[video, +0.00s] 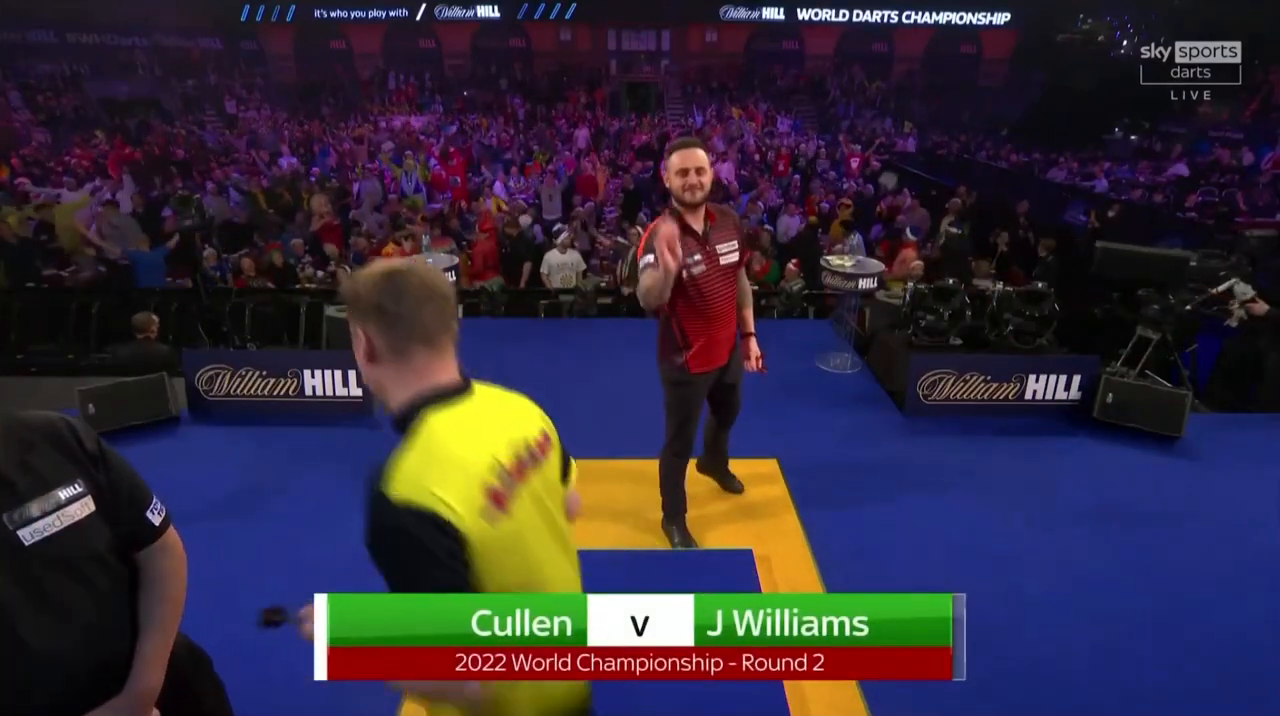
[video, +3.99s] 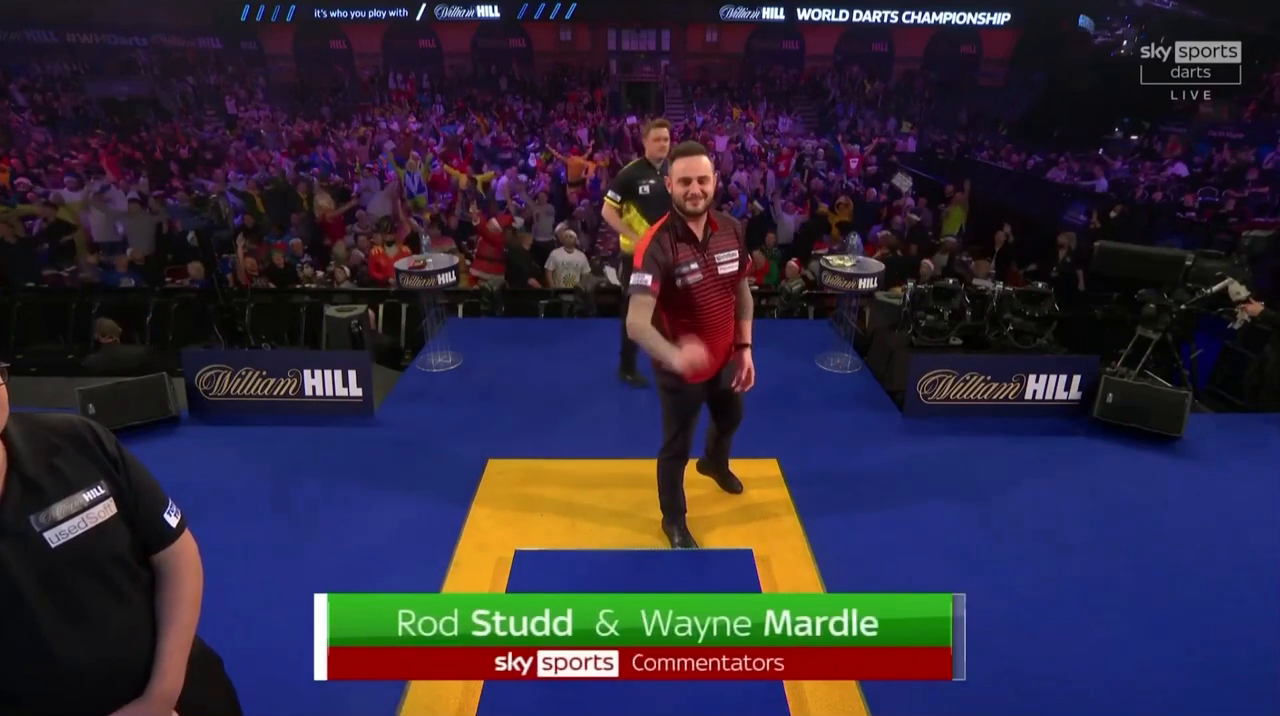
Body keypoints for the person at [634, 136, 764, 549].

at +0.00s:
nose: (693, 179)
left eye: (699, 170)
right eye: (682, 173)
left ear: (711, 174)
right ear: (666, 179)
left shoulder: (727, 219)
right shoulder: (661, 233)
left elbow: (739, 277)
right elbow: (649, 300)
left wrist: (749, 334)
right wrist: (668, 268)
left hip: (727, 346)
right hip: (685, 356)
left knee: (726, 410)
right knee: (680, 442)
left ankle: (713, 460)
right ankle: (674, 517)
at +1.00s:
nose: (696, 187)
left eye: (704, 178)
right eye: (685, 180)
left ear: (715, 181)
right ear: (669, 186)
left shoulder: (727, 230)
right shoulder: (661, 241)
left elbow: (736, 287)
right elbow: (672, 286)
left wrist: (745, 344)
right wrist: (690, 321)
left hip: (725, 352)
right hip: (680, 357)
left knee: (726, 413)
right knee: (678, 446)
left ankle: (719, 457)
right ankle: (674, 517)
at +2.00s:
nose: (692, 186)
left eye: (699, 177)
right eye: (682, 178)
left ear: (711, 182)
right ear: (666, 184)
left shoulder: (727, 228)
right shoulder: (653, 243)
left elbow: (740, 285)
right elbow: (636, 315)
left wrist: (745, 343)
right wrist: (665, 335)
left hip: (722, 355)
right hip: (679, 365)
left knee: (728, 409)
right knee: (677, 447)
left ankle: (715, 460)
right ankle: (673, 520)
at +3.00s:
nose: (695, 185)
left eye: (702, 176)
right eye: (684, 178)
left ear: (713, 180)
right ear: (667, 186)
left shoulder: (725, 228)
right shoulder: (660, 241)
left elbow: (737, 289)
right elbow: (670, 285)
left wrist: (745, 346)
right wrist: (673, 307)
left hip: (724, 354)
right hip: (683, 361)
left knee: (728, 412)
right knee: (678, 447)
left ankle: (719, 457)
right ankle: (674, 520)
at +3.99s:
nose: (695, 189)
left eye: (703, 180)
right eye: (684, 181)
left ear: (715, 183)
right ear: (669, 185)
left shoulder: (729, 229)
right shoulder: (657, 243)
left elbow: (743, 289)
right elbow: (636, 321)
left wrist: (745, 347)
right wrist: (673, 353)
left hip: (725, 356)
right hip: (680, 361)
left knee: (730, 415)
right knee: (678, 444)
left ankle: (713, 462)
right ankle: (675, 521)